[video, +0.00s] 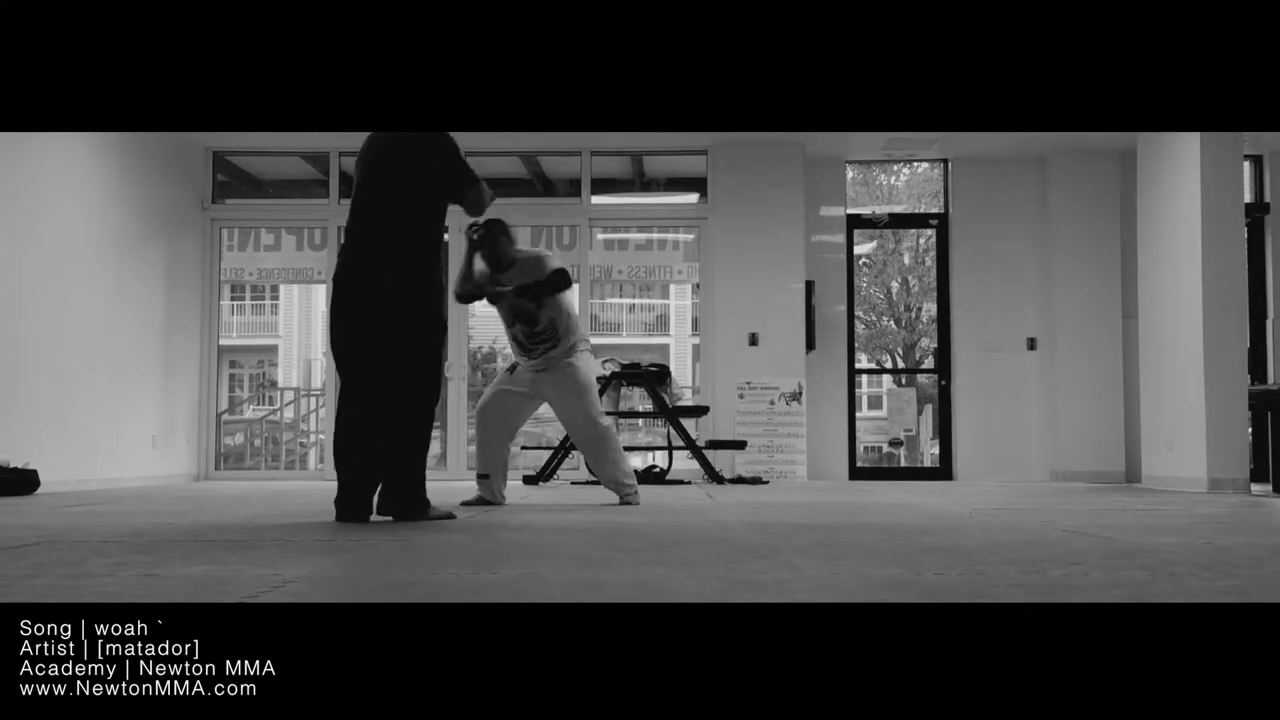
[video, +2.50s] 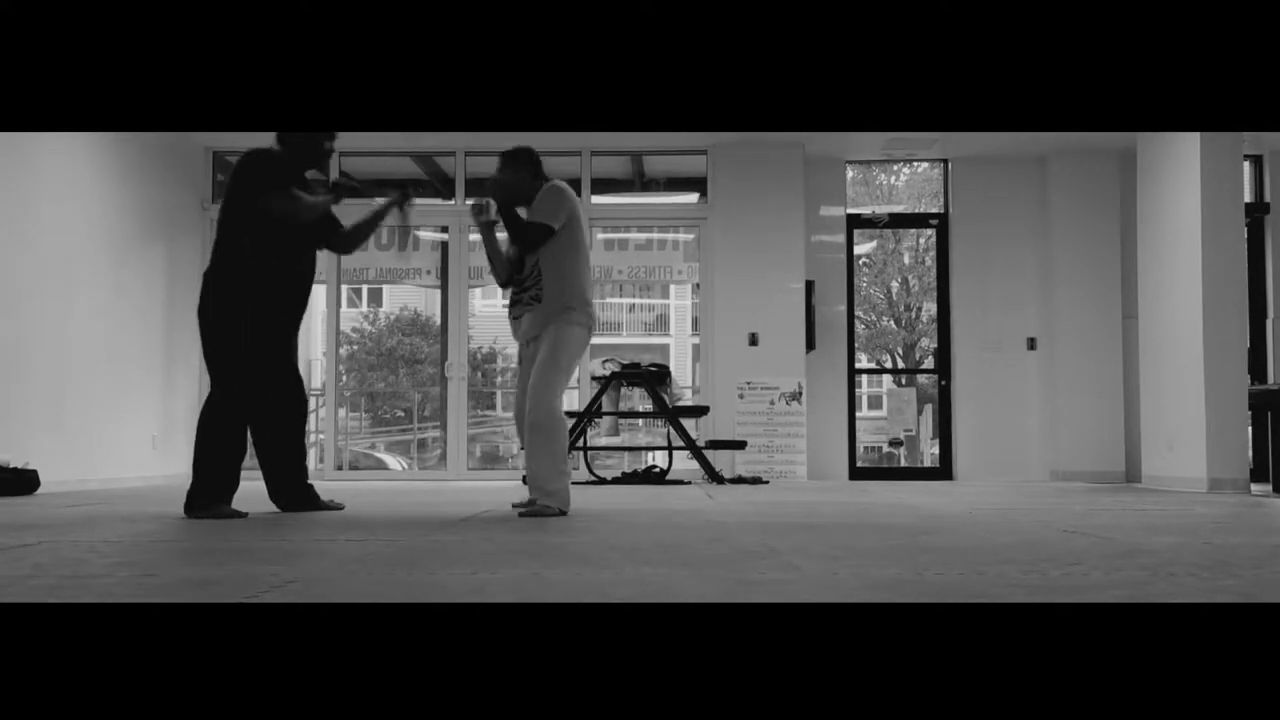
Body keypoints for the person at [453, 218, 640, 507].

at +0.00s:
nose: (488, 255)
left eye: (492, 247)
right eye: (483, 249)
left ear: (507, 242)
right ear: (481, 251)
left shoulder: (536, 260)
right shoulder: (489, 277)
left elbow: (563, 279)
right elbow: (463, 294)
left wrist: (517, 292)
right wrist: (469, 250)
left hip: (567, 359)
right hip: (525, 366)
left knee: (589, 424)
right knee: (490, 414)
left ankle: (628, 491)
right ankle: (491, 493)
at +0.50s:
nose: (503, 223)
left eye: (509, 215)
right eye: (498, 217)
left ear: (524, 215)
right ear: (492, 220)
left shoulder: (544, 239)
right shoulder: (493, 250)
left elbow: (564, 276)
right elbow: (478, 294)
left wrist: (530, 249)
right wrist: (491, 265)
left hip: (560, 347)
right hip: (517, 353)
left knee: (579, 415)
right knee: (488, 414)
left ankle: (616, 489)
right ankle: (490, 492)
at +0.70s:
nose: (569, 232)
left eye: (574, 226)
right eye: (562, 226)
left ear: (581, 226)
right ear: (548, 225)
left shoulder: (590, 253)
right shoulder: (530, 248)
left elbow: (585, 280)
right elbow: (507, 289)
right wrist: (551, 289)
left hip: (574, 357)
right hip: (525, 358)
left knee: (602, 416)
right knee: (494, 426)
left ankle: (611, 489)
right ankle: (471, 490)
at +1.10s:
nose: (545, 226)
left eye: (551, 220)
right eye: (541, 221)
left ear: (564, 216)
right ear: (535, 218)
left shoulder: (588, 241)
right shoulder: (528, 241)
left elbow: (582, 275)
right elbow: (503, 288)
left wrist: (543, 251)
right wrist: (500, 257)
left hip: (584, 352)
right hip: (538, 351)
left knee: (603, 420)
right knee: (506, 417)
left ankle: (611, 491)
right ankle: (497, 492)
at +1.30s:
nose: (487, 228)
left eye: (490, 220)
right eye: (484, 224)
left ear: (507, 211)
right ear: (487, 223)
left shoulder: (532, 228)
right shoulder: (503, 253)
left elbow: (557, 256)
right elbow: (482, 282)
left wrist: (506, 268)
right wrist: (467, 263)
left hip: (565, 338)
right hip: (532, 347)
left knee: (575, 416)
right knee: (506, 416)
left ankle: (624, 482)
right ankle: (498, 492)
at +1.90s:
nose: (521, 206)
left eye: (527, 199)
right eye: (515, 200)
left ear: (539, 202)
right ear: (505, 204)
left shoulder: (559, 232)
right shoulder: (493, 238)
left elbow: (550, 268)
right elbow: (471, 279)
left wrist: (529, 220)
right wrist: (509, 283)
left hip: (553, 344)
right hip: (507, 350)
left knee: (557, 409)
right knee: (488, 420)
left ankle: (577, 494)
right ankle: (487, 488)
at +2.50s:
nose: (497, 185)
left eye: (502, 177)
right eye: (498, 178)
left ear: (523, 174)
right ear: (522, 176)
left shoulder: (557, 193)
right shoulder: (528, 216)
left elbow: (528, 241)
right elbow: (504, 276)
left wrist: (503, 204)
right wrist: (487, 230)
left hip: (565, 320)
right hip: (534, 327)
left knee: (542, 402)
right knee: (525, 409)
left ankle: (553, 498)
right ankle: (543, 493)